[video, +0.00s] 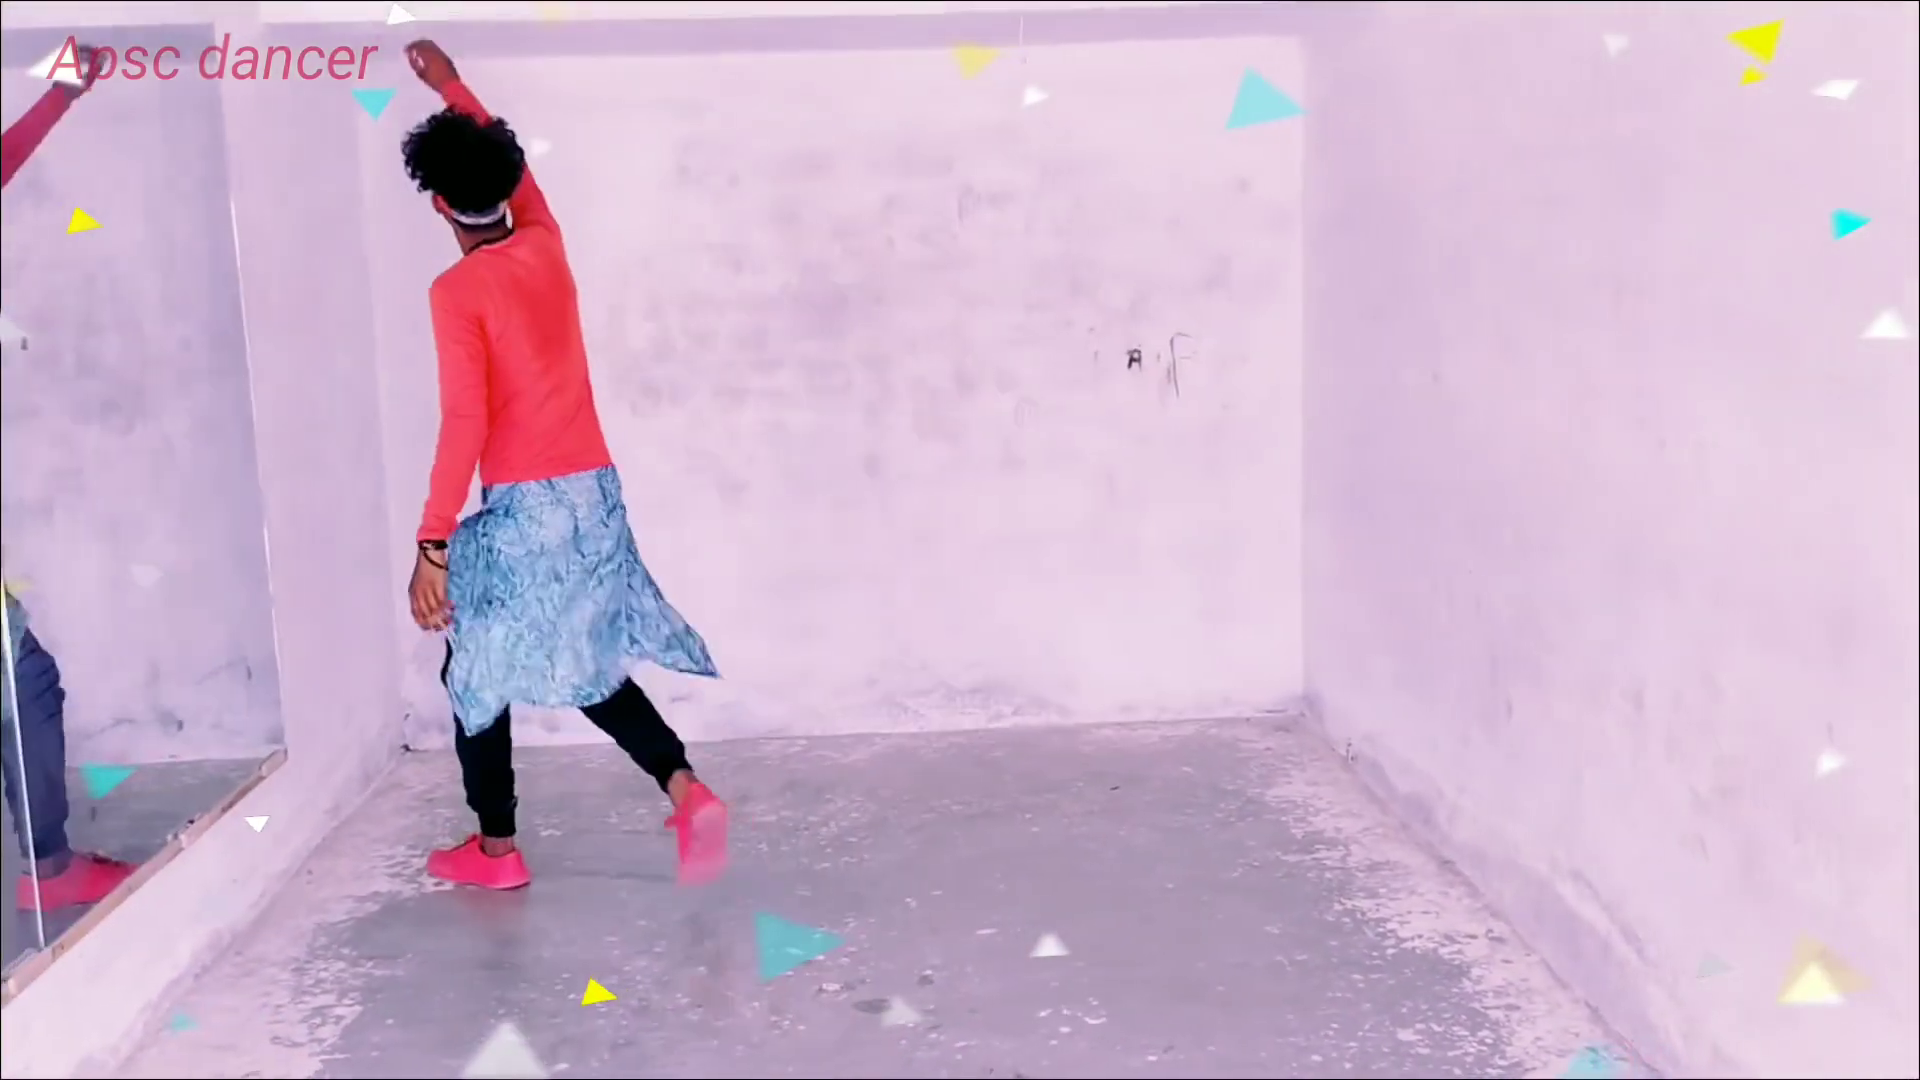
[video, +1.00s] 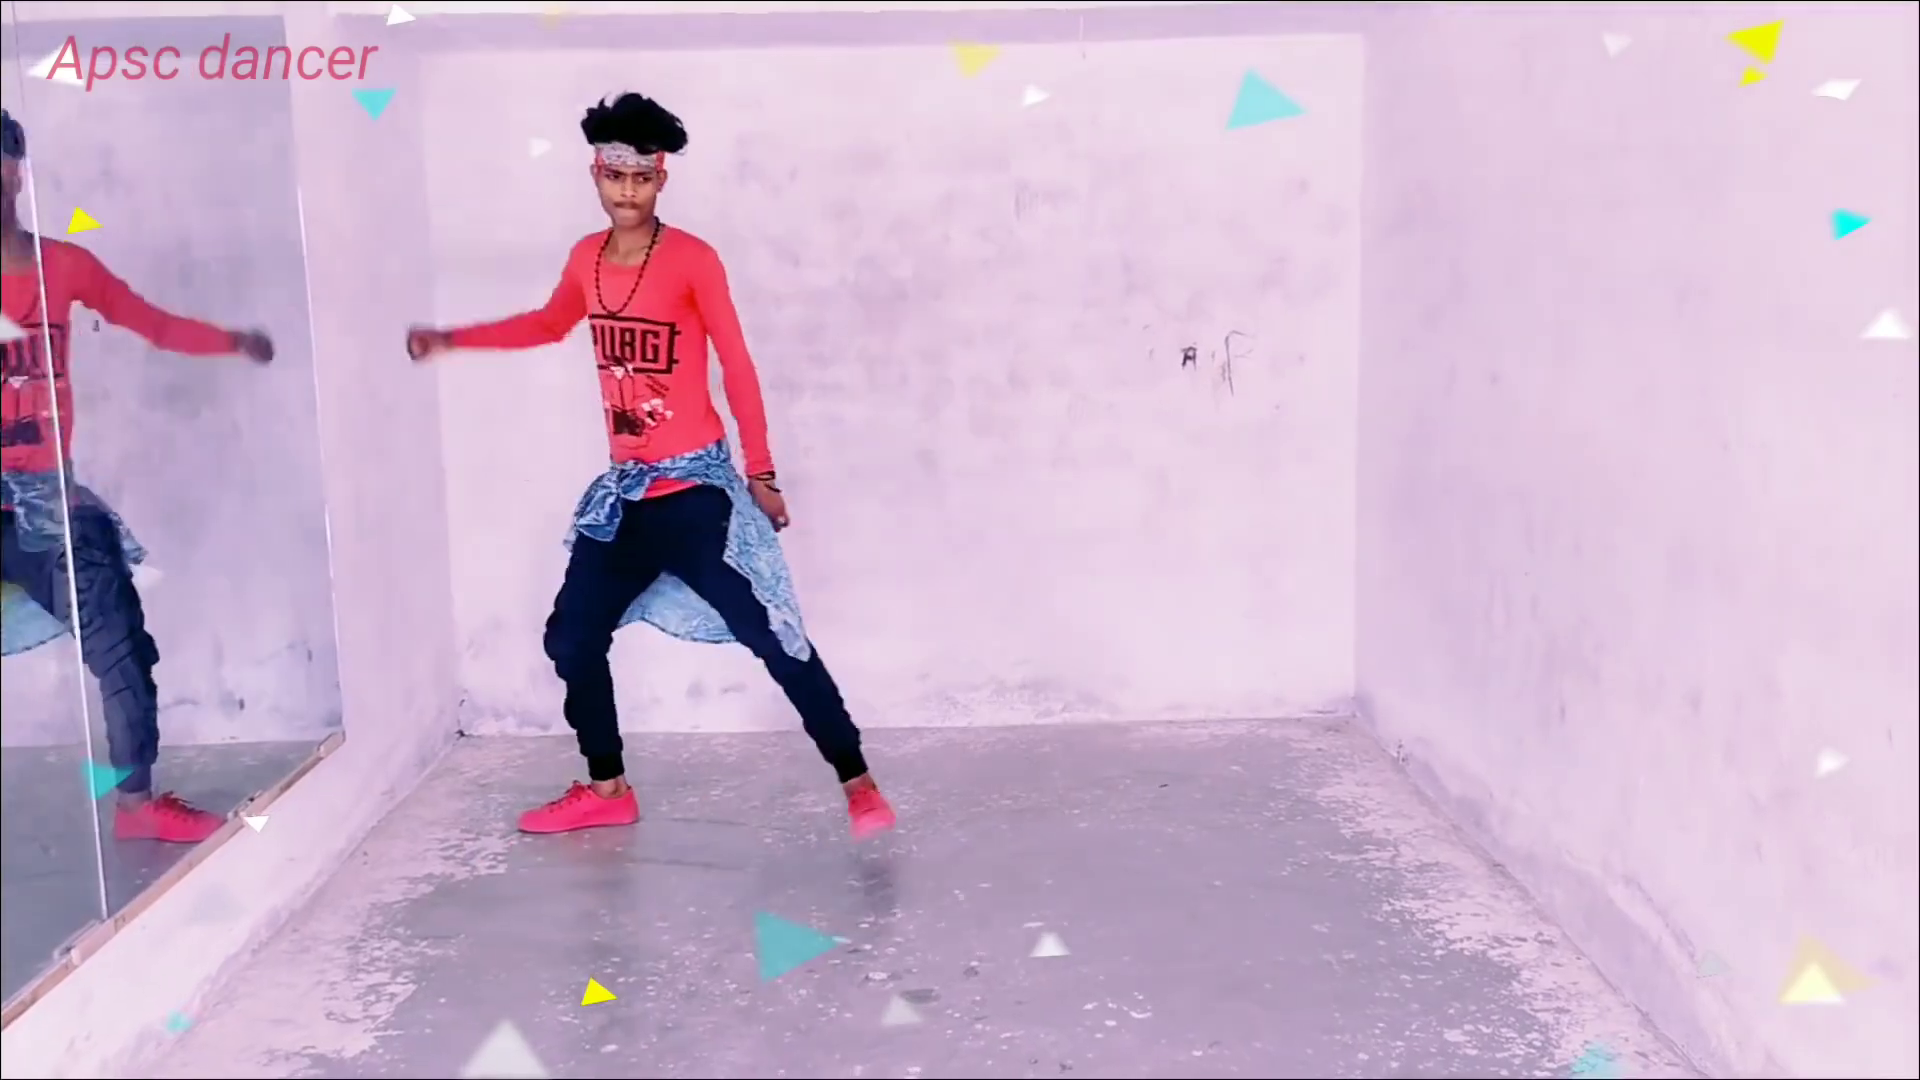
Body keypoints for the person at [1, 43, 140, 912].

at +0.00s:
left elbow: (11, 158)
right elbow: (16, 158)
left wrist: (66, 87)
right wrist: (65, 88)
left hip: (2, 570)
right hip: (2, 575)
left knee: (30, 675)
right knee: (30, 676)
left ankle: (45, 855)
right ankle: (45, 858)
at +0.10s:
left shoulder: (6, 251)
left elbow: (18, 156)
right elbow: (22, 152)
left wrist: (86, 54)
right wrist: (87, 56)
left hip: (9, 499)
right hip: (5, 503)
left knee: (34, 664)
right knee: (30, 665)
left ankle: (58, 842)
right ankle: (57, 846)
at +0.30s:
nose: (63, 143)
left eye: (55, 133)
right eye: (50, 138)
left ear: (36, 159)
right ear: (22, 169)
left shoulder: (64, 211)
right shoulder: (8, 254)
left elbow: (108, 88)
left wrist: (142, 6)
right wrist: (37, 501)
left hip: (88, 469)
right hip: (39, 480)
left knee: (119, 634)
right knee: (90, 644)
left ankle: (118, 803)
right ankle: (89, 831)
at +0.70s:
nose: (77, 174)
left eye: (87, 156)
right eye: (59, 162)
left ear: (107, 159)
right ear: (33, 173)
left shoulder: (134, 221)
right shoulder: (18, 270)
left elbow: (197, 127)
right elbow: (5, 394)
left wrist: (214, 22)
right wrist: (6, 492)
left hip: (126, 478)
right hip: (45, 482)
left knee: (150, 632)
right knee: (41, 646)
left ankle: (139, 799)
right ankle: (16, 812)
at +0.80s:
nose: (51, 174)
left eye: (62, 160)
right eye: (35, 163)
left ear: (83, 162)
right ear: (13, 172)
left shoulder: (125, 228)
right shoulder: (8, 256)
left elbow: (221, 175)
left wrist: (231, 71)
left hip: (106, 475)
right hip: (26, 478)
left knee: (129, 635)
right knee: (15, 633)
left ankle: (139, 800)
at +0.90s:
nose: (23, 179)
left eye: (32, 164)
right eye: (9, 166)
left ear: (51, 164)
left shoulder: (99, 245)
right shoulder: (2, 257)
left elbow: (219, 258)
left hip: (80, 478)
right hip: (8, 479)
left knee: (121, 629)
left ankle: (139, 798)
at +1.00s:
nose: (6, 183)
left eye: (10, 169)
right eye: (1, 171)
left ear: (20, 172)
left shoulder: (60, 265)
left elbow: (153, 324)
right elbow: (155, 324)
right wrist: (234, 342)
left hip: (42, 484)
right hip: (5, 488)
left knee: (116, 627)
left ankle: (137, 798)